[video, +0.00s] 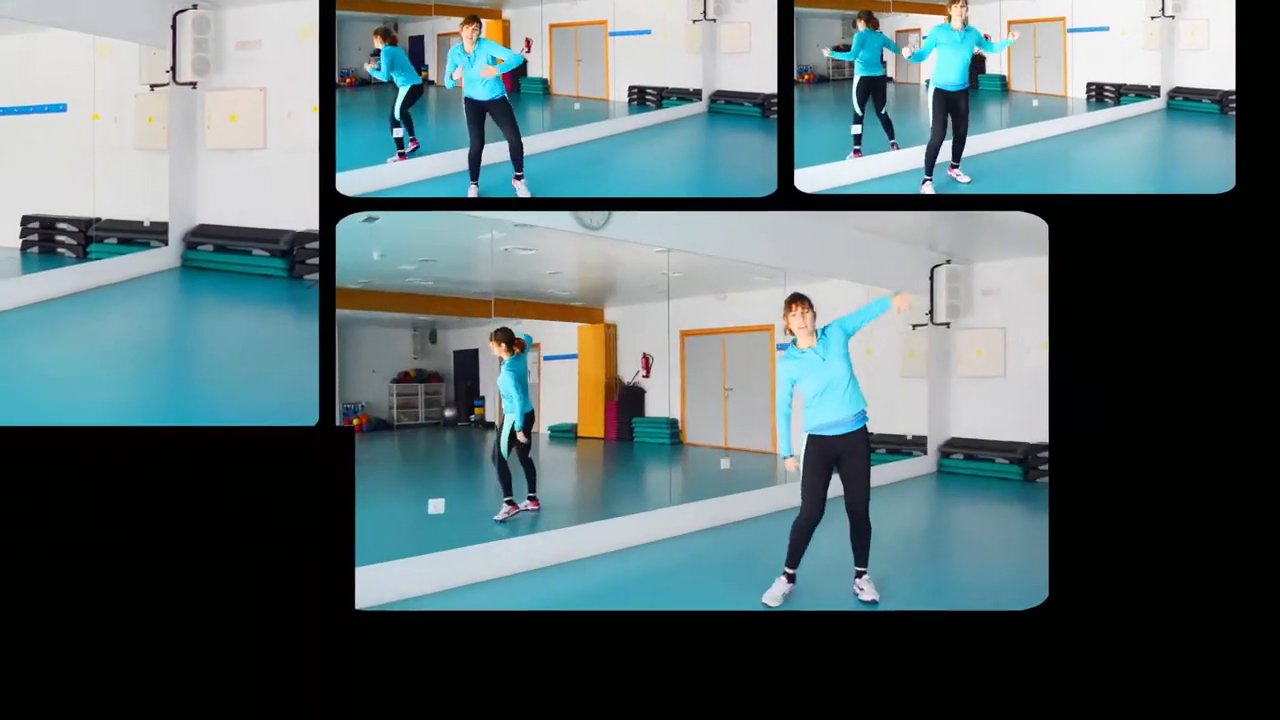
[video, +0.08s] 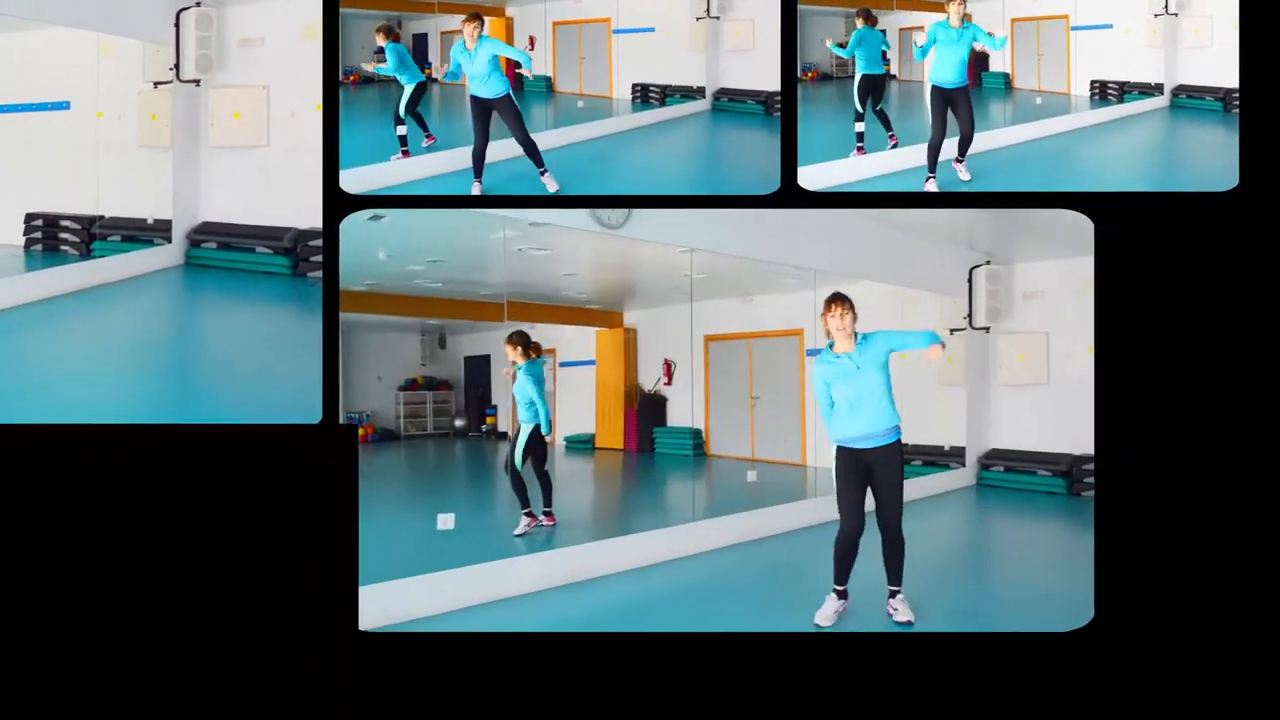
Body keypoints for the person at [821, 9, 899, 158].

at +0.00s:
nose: (857, 25)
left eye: (858, 22)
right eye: (857, 22)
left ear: (862, 22)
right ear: (871, 21)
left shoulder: (860, 35)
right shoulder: (880, 36)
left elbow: (852, 56)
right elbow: (895, 48)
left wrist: (831, 53)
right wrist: (904, 51)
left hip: (863, 77)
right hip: (879, 77)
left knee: (858, 113)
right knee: (881, 111)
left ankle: (857, 151)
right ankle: (893, 144)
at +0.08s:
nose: (856, 22)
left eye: (856, 20)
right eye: (856, 20)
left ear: (860, 19)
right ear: (869, 19)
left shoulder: (858, 33)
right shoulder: (878, 33)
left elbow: (848, 54)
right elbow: (888, 47)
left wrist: (832, 47)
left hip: (863, 75)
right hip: (879, 74)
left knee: (860, 111)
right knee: (877, 107)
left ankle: (860, 148)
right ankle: (892, 136)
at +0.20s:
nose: (853, 21)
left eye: (853, 18)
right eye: (853, 18)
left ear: (858, 18)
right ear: (868, 17)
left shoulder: (857, 32)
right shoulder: (875, 31)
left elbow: (843, 54)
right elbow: (865, 48)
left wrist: (841, 39)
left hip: (869, 71)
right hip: (884, 69)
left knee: (861, 105)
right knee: (872, 100)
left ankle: (864, 144)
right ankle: (879, 130)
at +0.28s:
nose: (851, 23)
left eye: (852, 20)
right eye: (852, 20)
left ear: (856, 20)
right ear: (865, 19)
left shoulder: (856, 33)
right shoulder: (873, 32)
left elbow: (845, 57)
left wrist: (847, 42)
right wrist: (854, 38)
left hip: (873, 70)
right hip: (886, 68)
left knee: (863, 102)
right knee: (869, 100)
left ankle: (868, 141)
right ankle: (873, 132)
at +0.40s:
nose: (849, 27)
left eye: (850, 24)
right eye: (849, 24)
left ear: (854, 24)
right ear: (864, 24)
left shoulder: (857, 39)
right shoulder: (873, 37)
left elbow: (852, 64)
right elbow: (875, 55)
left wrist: (860, 62)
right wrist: (861, 59)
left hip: (876, 73)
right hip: (887, 72)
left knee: (865, 103)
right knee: (867, 102)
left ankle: (871, 140)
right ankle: (872, 138)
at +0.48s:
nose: (848, 29)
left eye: (848, 26)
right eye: (847, 26)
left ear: (853, 26)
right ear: (862, 25)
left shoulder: (858, 40)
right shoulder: (871, 37)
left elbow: (855, 65)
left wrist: (851, 52)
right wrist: (855, 51)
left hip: (878, 73)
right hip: (888, 71)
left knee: (867, 103)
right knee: (871, 99)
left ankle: (872, 139)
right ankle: (876, 129)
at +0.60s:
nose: (846, 29)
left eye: (847, 25)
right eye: (846, 26)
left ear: (853, 25)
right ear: (859, 25)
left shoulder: (859, 37)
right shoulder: (868, 35)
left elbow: (861, 62)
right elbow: (865, 55)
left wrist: (842, 59)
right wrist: (850, 54)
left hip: (881, 72)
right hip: (889, 70)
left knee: (868, 104)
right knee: (878, 98)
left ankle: (874, 141)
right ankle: (892, 126)